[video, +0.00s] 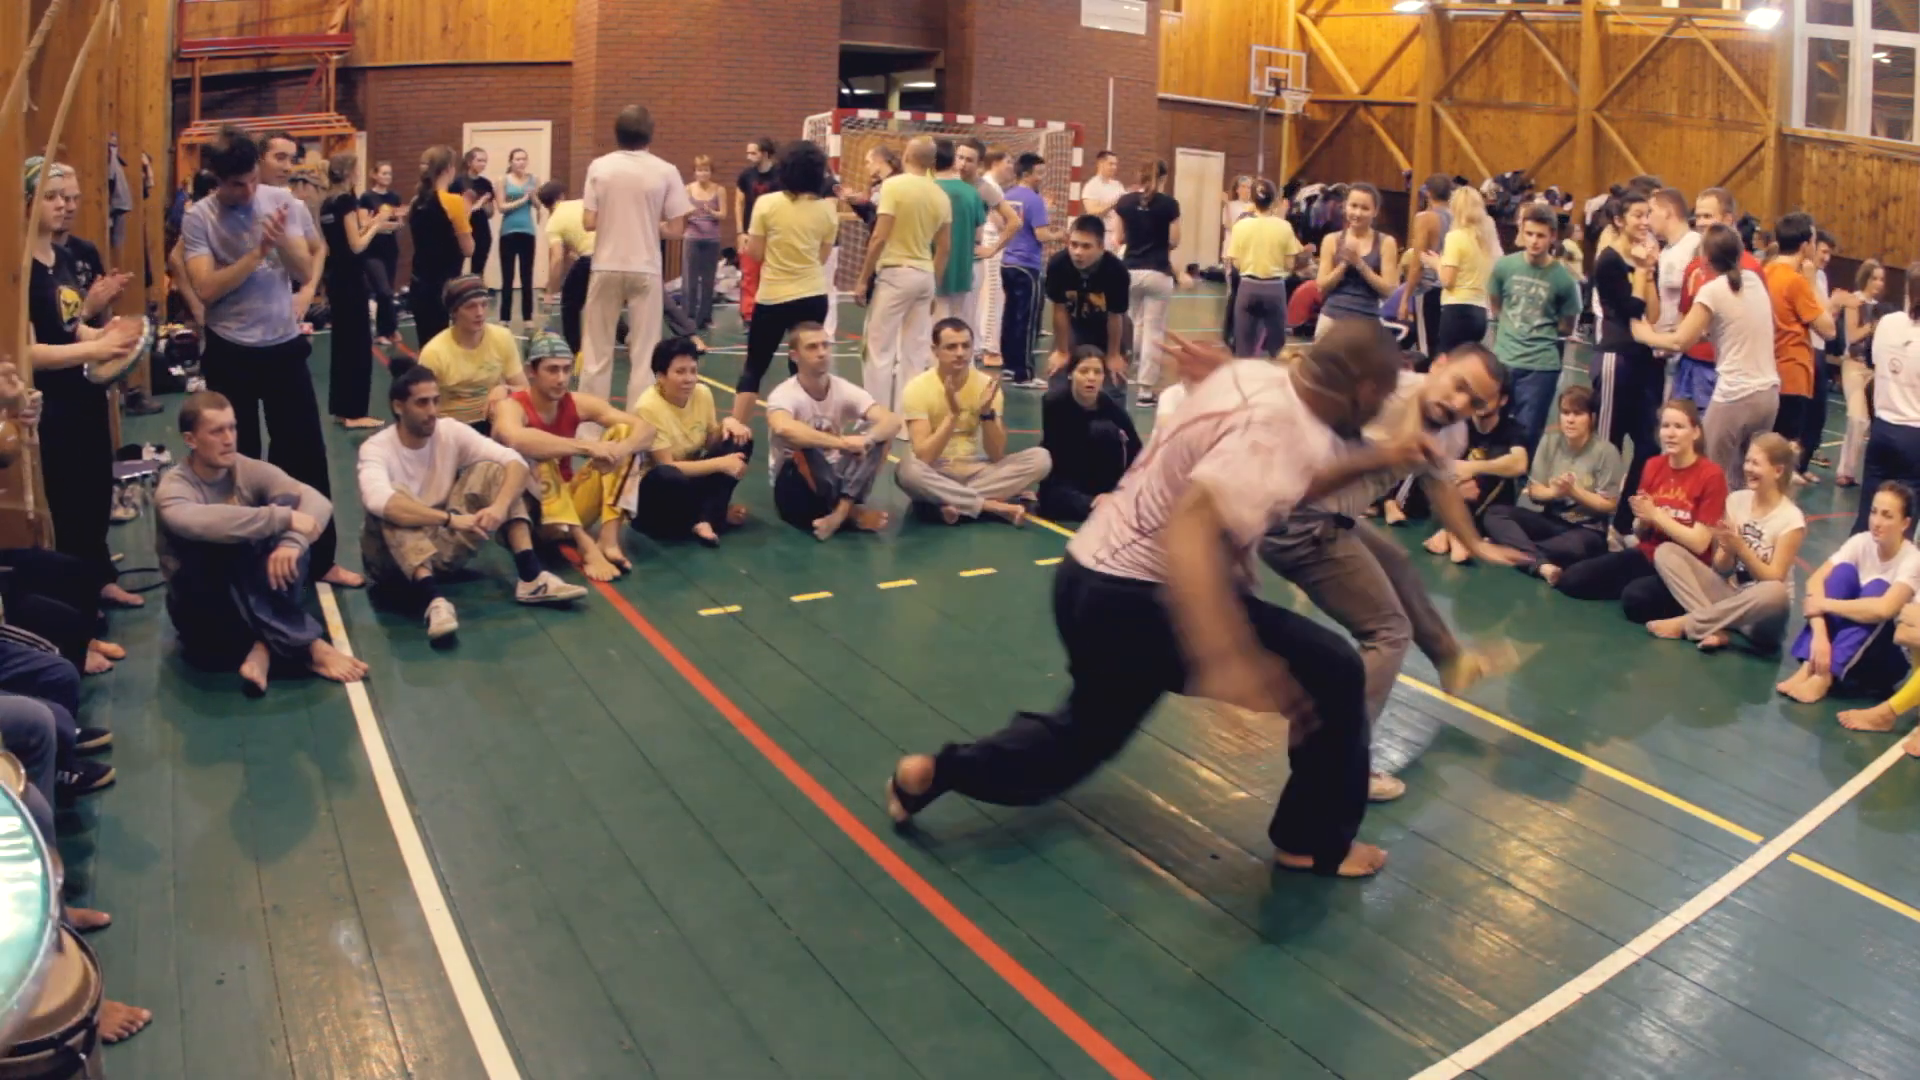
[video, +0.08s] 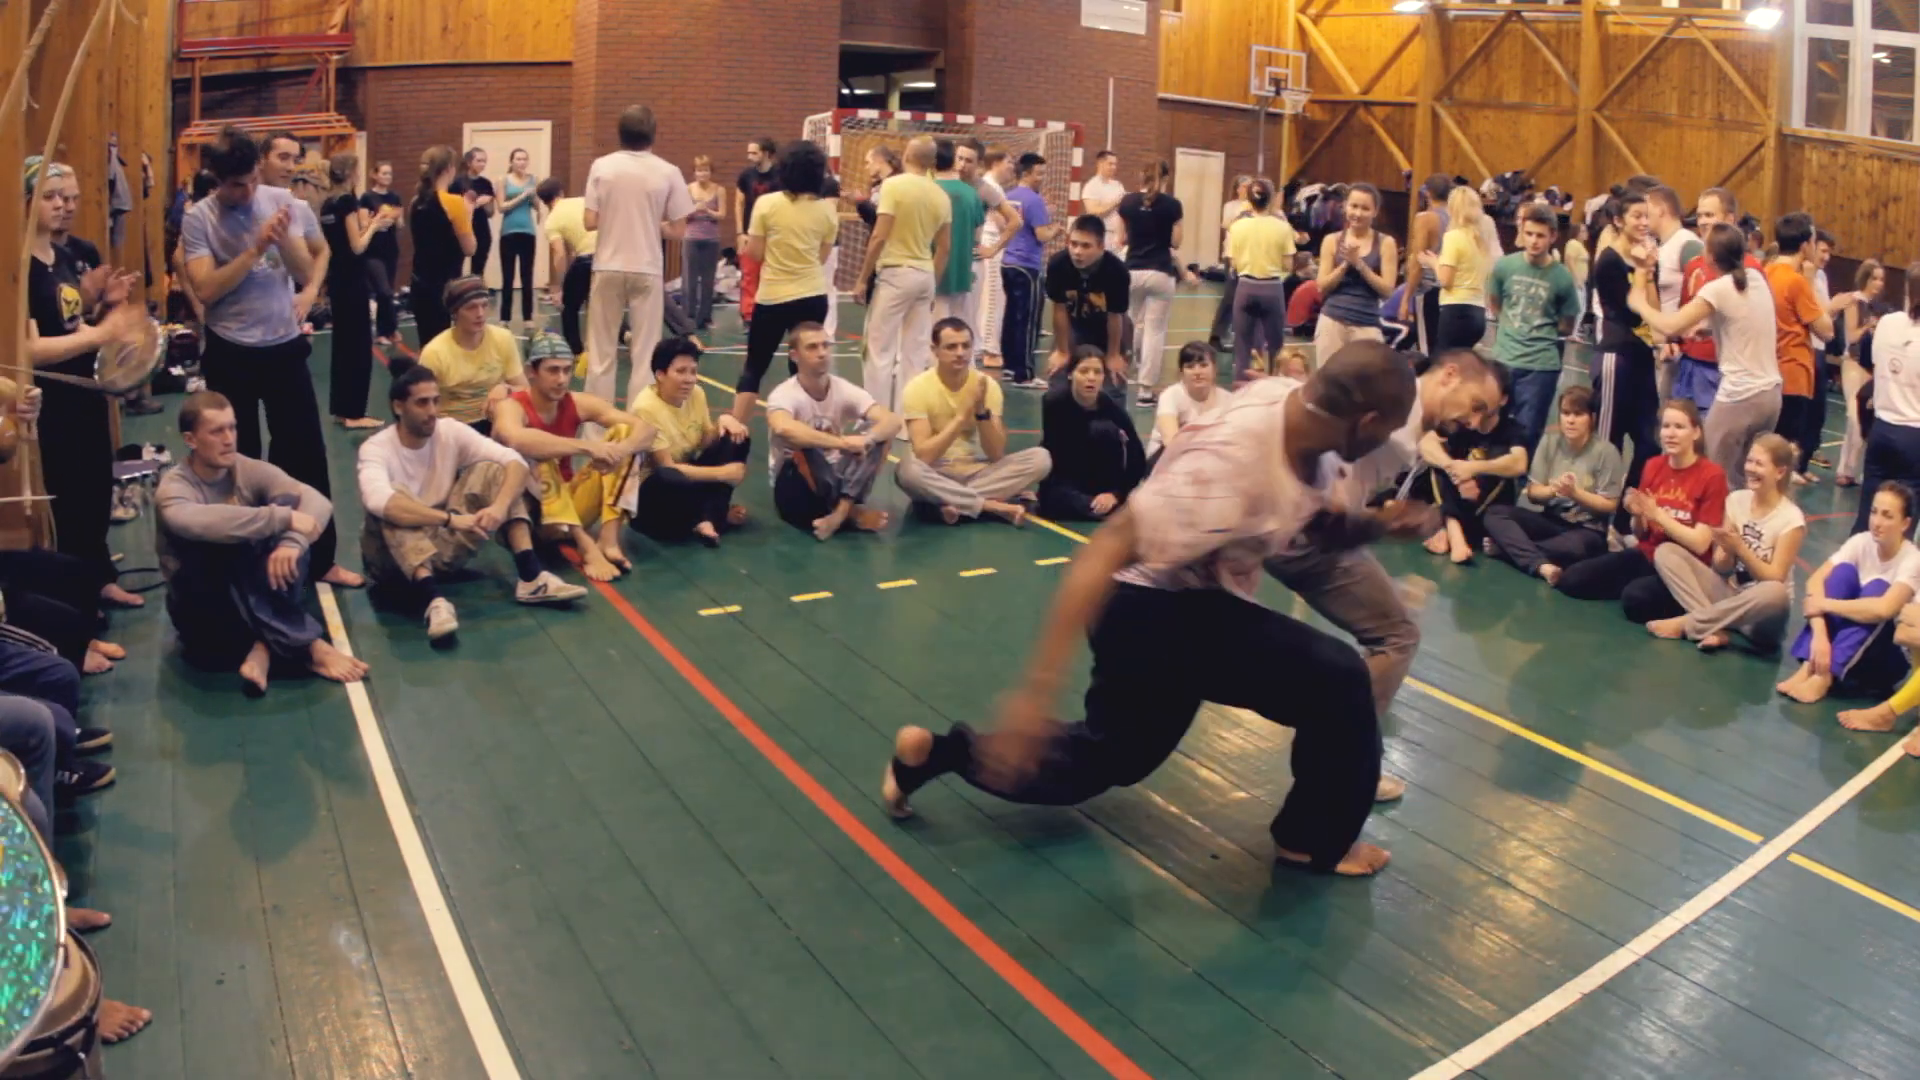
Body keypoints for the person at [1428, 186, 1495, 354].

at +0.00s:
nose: (1450, 209)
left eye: (1452, 204)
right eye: (1452, 204)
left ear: (1456, 208)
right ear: (1480, 208)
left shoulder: (1455, 237)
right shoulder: (1488, 238)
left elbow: (1447, 279)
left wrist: (1435, 263)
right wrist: (1442, 260)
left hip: (1456, 308)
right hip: (1480, 308)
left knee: (1446, 368)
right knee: (1466, 369)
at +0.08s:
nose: (1448, 209)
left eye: (1449, 205)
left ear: (1453, 208)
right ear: (1477, 208)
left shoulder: (1453, 237)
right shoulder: (1484, 239)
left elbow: (1445, 279)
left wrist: (1432, 262)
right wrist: (1439, 261)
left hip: (1454, 309)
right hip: (1478, 309)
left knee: (1443, 370)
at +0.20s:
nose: (1442, 211)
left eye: (1444, 207)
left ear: (1448, 209)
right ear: (1471, 209)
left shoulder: (1451, 237)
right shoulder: (1477, 239)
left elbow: (1444, 279)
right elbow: (1472, 276)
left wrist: (1426, 263)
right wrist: (1433, 261)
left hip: (1450, 309)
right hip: (1472, 309)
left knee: (1445, 377)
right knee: (1453, 375)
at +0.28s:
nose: (1438, 210)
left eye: (1440, 206)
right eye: (1439, 206)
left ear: (1445, 208)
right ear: (1468, 209)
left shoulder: (1447, 238)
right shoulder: (1473, 238)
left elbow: (1440, 280)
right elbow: (1470, 274)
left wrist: (1422, 263)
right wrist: (1429, 261)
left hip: (1446, 307)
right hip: (1467, 305)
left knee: (1444, 371)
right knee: (1451, 371)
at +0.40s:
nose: (1433, 209)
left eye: (1435, 204)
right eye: (1434, 204)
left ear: (1441, 207)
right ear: (1464, 208)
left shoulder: (1440, 234)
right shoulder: (1470, 236)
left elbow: (1433, 275)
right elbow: (1462, 272)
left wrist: (1416, 264)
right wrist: (1422, 261)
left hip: (1438, 307)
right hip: (1461, 305)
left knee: (1441, 375)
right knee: (1449, 374)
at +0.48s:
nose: (1430, 207)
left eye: (1432, 203)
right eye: (1431, 203)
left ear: (1438, 206)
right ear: (1461, 208)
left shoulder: (1436, 232)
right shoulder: (1465, 235)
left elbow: (1429, 272)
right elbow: (1463, 271)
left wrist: (1411, 262)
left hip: (1435, 308)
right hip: (1456, 305)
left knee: (1441, 375)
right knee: (1438, 372)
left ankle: (1451, 424)